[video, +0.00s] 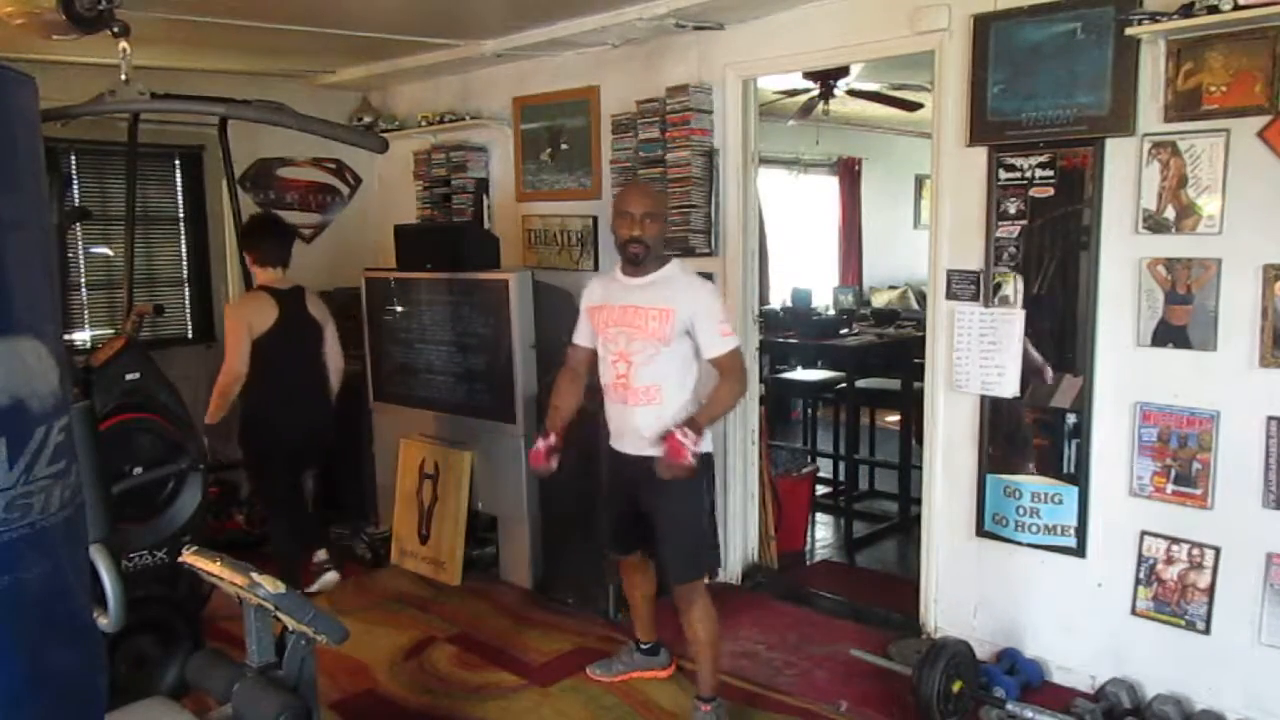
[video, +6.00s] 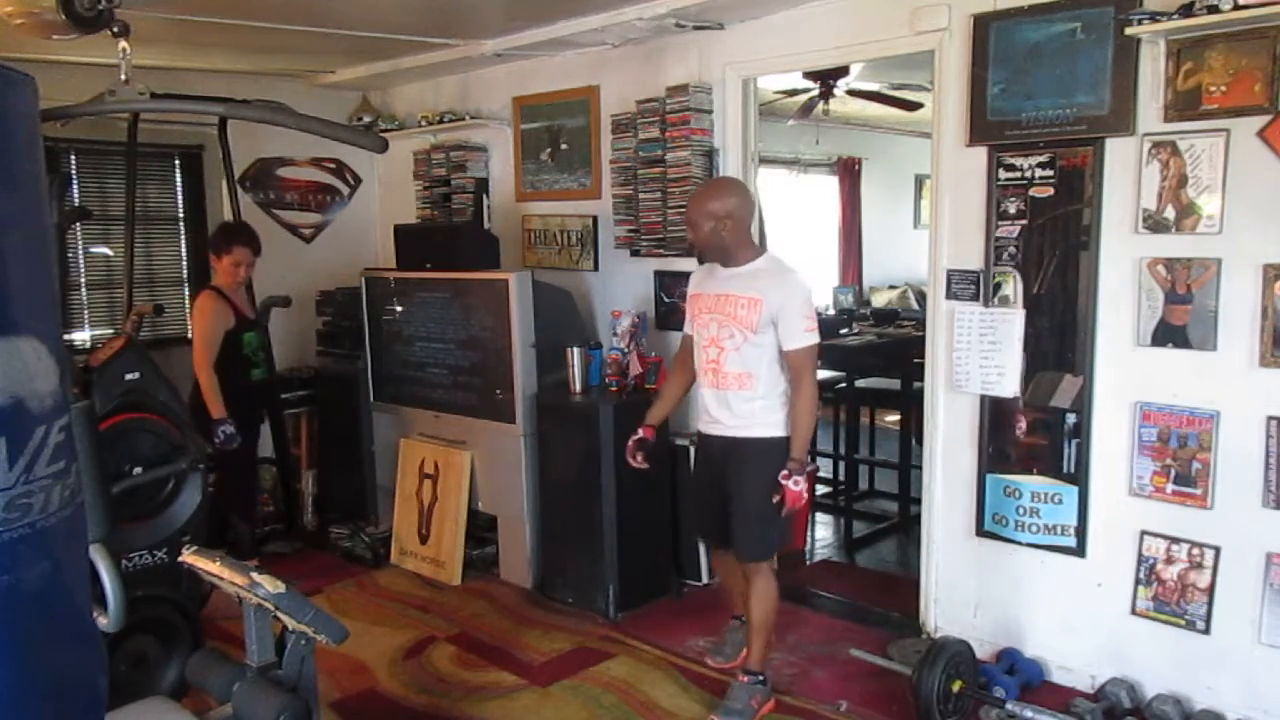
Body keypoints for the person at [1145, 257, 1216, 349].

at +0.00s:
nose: (1180, 273)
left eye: (1183, 269)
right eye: (1177, 269)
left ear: (1189, 271)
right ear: (1172, 272)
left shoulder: (1192, 287)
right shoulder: (1168, 286)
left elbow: (1212, 268)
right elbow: (1151, 266)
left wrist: (1198, 261)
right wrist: (1166, 261)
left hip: (1182, 329)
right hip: (1165, 328)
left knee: (1189, 358)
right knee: (1154, 356)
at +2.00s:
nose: (1182, 272)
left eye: (1184, 269)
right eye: (1180, 269)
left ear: (1188, 272)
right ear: (1174, 271)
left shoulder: (1192, 287)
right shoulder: (1168, 286)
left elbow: (1213, 268)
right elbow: (1151, 266)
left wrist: (1195, 262)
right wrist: (1165, 261)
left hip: (1181, 329)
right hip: (1165, 327)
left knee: (1191, 357)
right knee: (1154, 356)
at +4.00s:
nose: (1181, 272)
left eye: (1184, 269)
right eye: (1178, 269)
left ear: (1188, 272)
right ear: (1173, 271)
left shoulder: (1192, 287)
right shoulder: (1168, 286)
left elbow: (1213, 268)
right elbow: (1151, 265)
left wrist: (1194, 262)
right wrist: (1166, 261)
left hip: (1182, 329)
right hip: (1165, 327)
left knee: (1189, 358)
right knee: (1154, 356)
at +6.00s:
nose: (1179, 273)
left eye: (1183, 269)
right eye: (1176, 270)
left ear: (1188, 273)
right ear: (1172, 272)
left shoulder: (1191, 287)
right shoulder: (1168, 286)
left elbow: (1213, 268)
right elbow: (1151, 265)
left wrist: (1195, 262)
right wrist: (1166, 262)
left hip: (1181, 329)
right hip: (1164, 328)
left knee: (1191, 357)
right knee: (1154, 356)